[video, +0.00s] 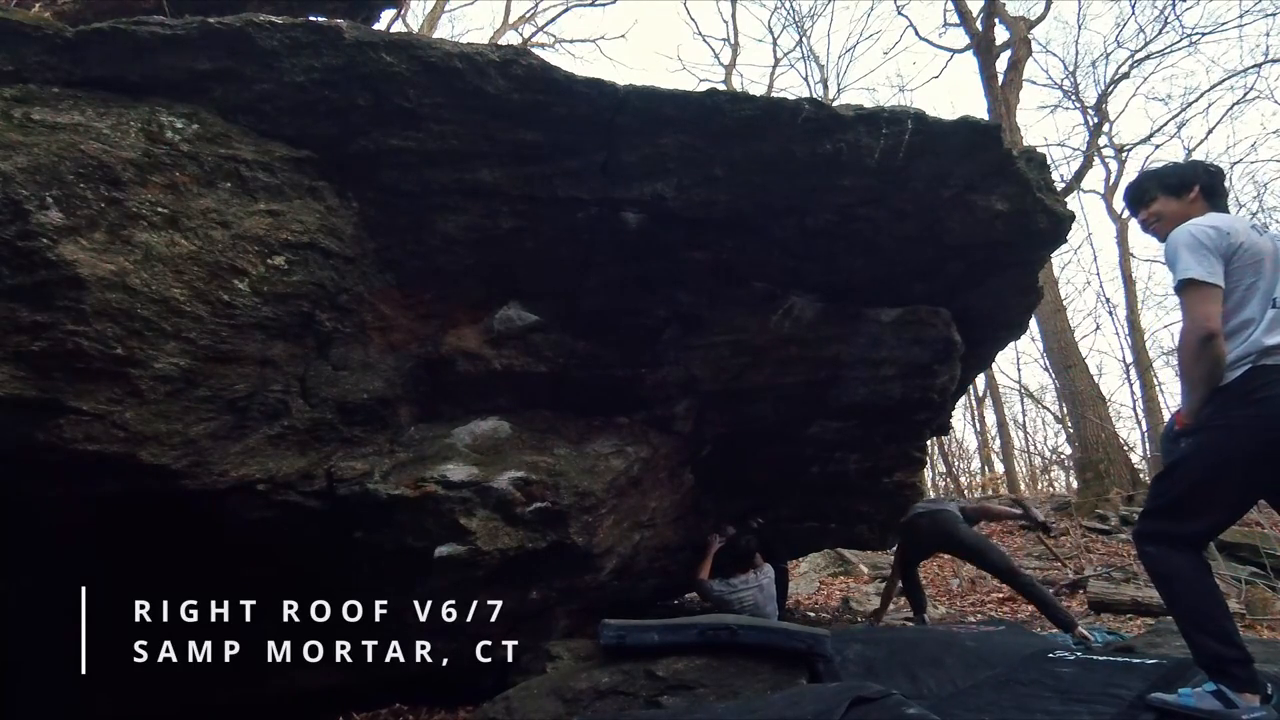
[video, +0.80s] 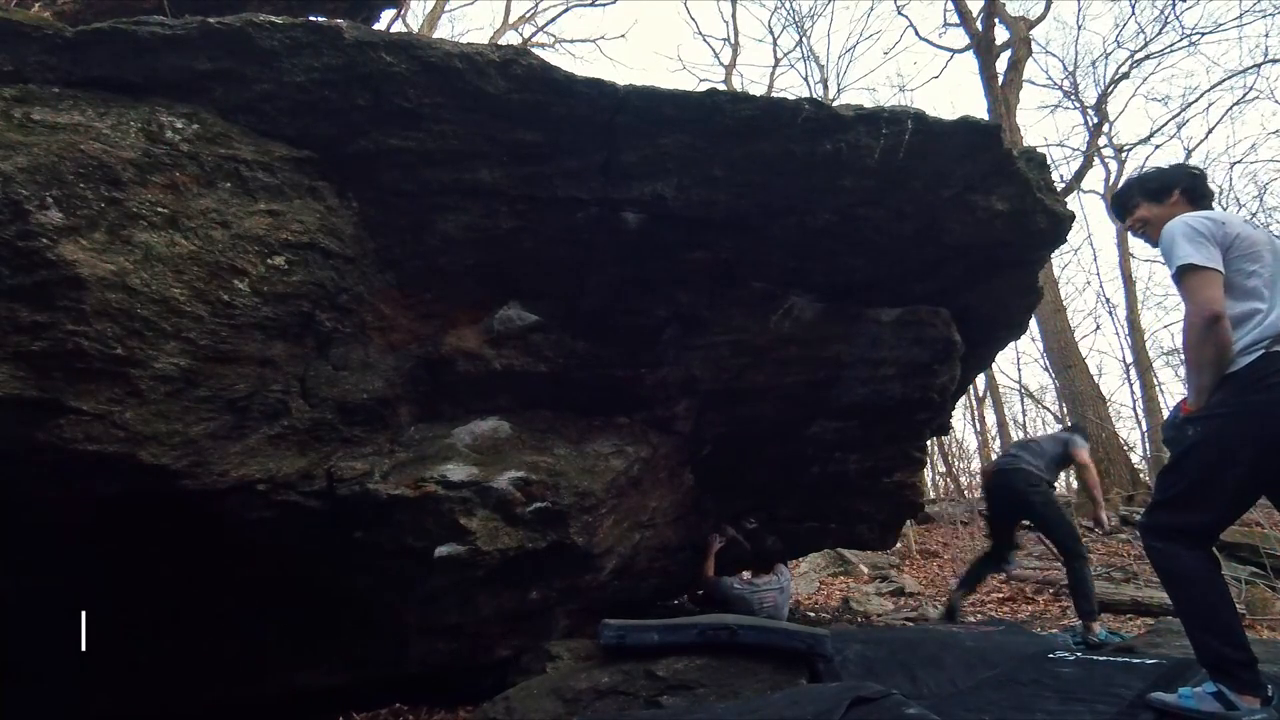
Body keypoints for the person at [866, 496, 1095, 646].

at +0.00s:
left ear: (920, 512)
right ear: (951, 507)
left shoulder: (909, 527)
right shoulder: (959, 510)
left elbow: (893, 579)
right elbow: (1015, 506)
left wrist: (880, 610)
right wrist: (1039, 521)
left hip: (914, 534)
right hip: (948, 525)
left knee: (908, 569)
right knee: (1014, 576)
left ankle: (921, 620)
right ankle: (1074, 629)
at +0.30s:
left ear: (922, 497)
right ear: (951, 491)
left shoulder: (910, 508)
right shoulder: (960, 494)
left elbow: (887, 546)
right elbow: (998, 495)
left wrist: (875, 583)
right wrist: (1038, 502)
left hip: (922, 525)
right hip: (957, 517)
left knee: (915, 569)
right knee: (1023, 561)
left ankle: (921, 621)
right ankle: (1082, 616)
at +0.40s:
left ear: (935, 496)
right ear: (971, 490)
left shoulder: (927, 501)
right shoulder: (977, 489)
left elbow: (895, 528)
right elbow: (1013, 492)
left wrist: (887, 571)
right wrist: (1055, 507)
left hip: (936, 518)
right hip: (970, 512)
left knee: (921, 566)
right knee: (1032, 561)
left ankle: (922, 622)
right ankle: (1089, 626)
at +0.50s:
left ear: (963, 479)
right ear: (994, 478)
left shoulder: (946, 489)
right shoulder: (1001, 481)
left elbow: (913, 514)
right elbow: (1038, 493)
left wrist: (905, 553)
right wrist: (1077, 519)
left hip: (951, 512)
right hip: (987, 508)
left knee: (932, 565)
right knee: (1048, 562)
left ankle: (924, 618)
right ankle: (1087, 630)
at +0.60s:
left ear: (999, 465)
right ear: (1024, 467)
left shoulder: (976, 475)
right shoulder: (1026, 468)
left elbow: (941, 497)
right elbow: (1059, 486)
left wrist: (932, 538)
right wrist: (1089, 521)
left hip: (969, 507)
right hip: (1005, 505)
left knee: (943, 561)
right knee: (1058, 562)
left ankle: (926, 617)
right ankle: (1090, 630)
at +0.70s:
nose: (1068, 463)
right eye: (1068, 459)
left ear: (1037, 448)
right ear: (1058, 449)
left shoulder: (1009, 457)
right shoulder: (1055, 449)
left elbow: (966, 482)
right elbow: (1073, 473)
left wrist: (967, 527)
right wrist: (1096, 518)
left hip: (983, 493)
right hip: (1018, 492)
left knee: (964, 554)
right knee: (1068, 556)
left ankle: (929, 610)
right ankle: (1091, 628)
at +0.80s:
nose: (1083, 449)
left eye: (1083, 446)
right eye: (1083, 445)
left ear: (1063, 432)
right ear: (1078, 438)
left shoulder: (1034, 442)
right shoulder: (1074, 438)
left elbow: (988, 470)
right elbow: (1083, 462)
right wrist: (1099, 508)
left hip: (995, 479)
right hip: (1027, 480)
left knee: (1000, 548)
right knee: (1074, 553)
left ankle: (958, 594)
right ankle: (1091, 627)